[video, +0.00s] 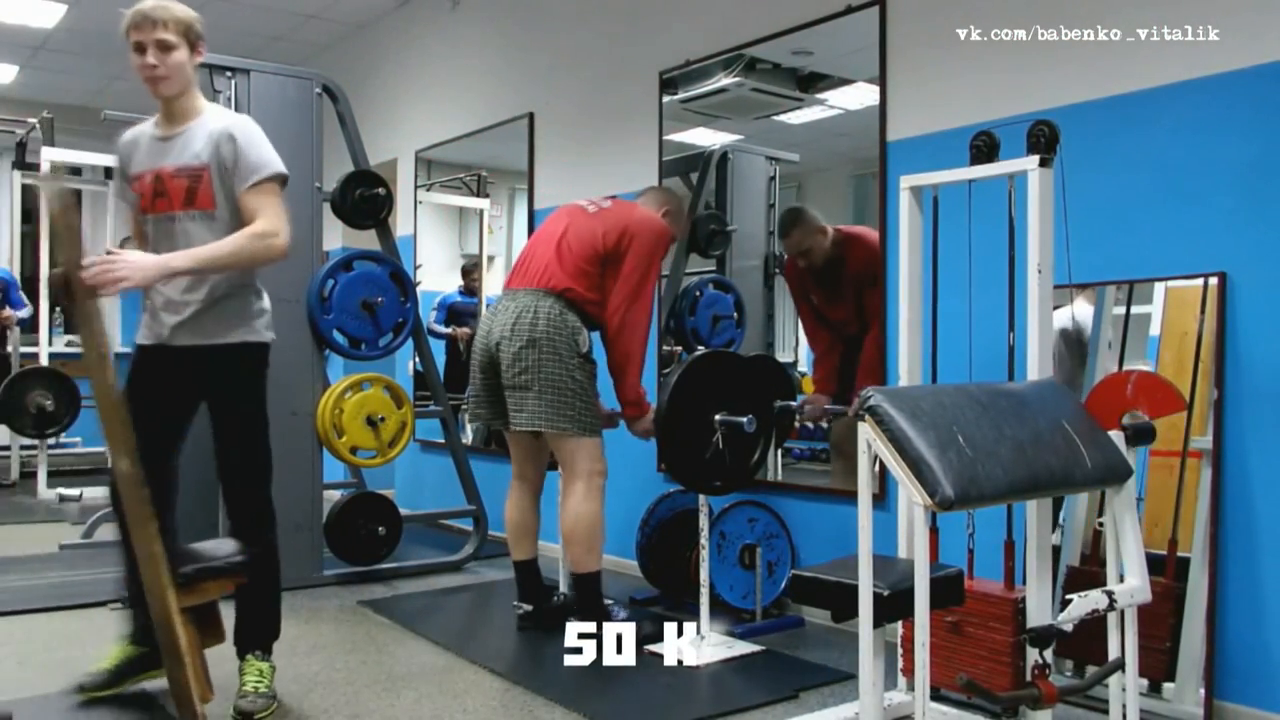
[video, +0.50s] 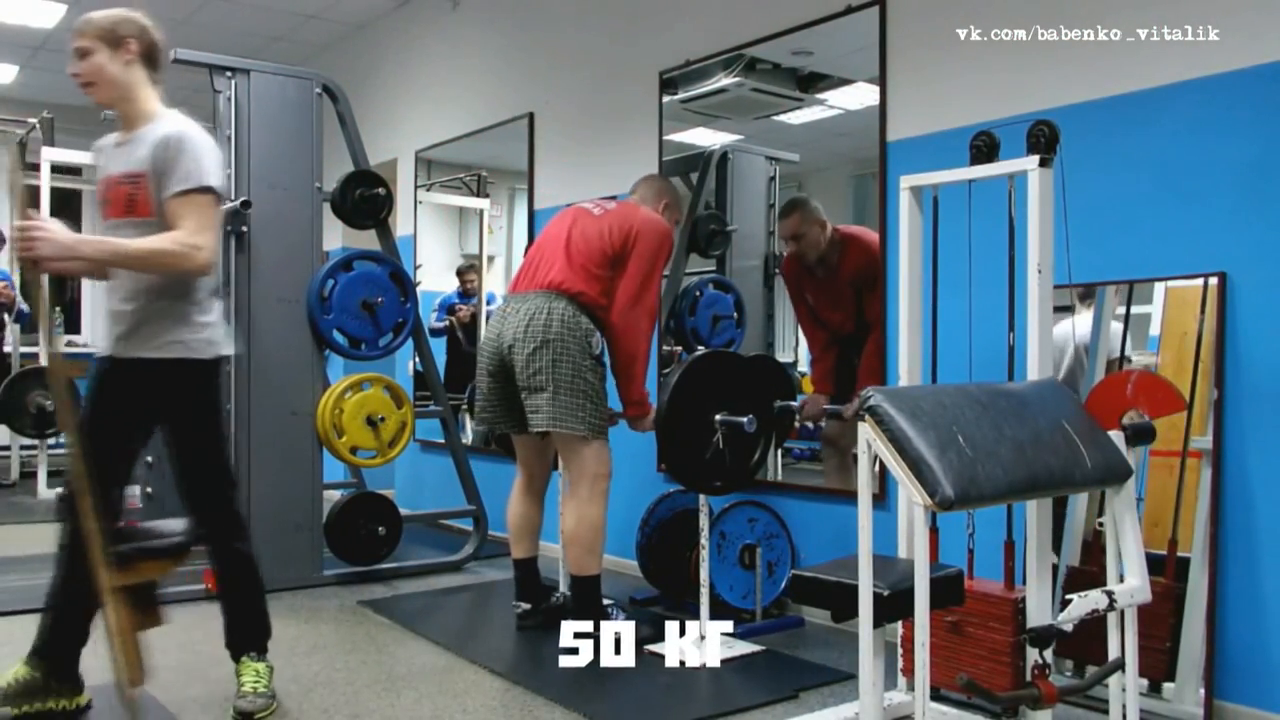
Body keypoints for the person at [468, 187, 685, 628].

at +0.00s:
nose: (671, 243)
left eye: (676, 239)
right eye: (675, 236)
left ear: (644, 201)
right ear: (666, 215)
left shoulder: (585, 213)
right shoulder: (649, 225)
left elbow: (553, 308)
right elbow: (623, 318)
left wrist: (585, 396)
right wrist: (636, 408)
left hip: (497, 322)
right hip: (547, 327)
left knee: (526, 473)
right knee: (584, 473)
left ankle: (532, 601)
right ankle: (590, 613)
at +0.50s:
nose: (671, 230)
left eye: (674, 225)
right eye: (674, 224)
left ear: (633, 196)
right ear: (664, 207)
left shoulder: (582, 212)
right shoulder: (653, 225)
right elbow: (628, 315)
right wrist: (636, 404)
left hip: (504, 324)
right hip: (556, 329)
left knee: (531, 471)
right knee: (588, 474)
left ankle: (529, 598)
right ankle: (587, 615)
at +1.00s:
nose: (648, 193)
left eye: (649, 186)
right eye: (648, 184)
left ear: (602, 168)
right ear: (634, 171)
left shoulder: (557, 201)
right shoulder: (631, 209)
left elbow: (511, 282)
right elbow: (623, 307)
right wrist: (637, 390)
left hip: (502, 327)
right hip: (558, 332)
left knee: (532, 470)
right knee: (598, 475)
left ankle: (532, 598)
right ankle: (588, 612)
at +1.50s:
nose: (583, 130)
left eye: (581, 121)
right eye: (580, 121)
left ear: (530, 122)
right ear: (563, 119)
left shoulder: (499, 175)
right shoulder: (580, 173)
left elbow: (482, 268)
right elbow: (591, 271)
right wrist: (610, 342)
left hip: (489, 336)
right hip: (552, 336)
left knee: (504, 466)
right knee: (585, 475)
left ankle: (449, 595)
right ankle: (586, 619)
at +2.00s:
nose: (509, 132)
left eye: (508, 123)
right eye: (507, 122)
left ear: (459, 122)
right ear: (486, 118)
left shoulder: (427, 177)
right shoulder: (504, 168)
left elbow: (408, 269)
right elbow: (511, 268)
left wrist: (438, 315)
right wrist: (532, 339)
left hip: (419, 333)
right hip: (480, 330)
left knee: (448, 479)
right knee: (542, 470)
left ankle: (434, 621)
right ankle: (516, 616)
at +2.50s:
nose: (521, 128)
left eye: (522, 119)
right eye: (520, 118)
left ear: (468, 107)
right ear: (499, 107)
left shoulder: (425, 163)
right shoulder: (501, 165)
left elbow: (403, 264)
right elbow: (511, 271)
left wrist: (435, 310)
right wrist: (527, 340)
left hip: (412, 332)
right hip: (472, 334)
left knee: (438, 480)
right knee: (485, 491)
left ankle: (414, 616)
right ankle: (473, 649)